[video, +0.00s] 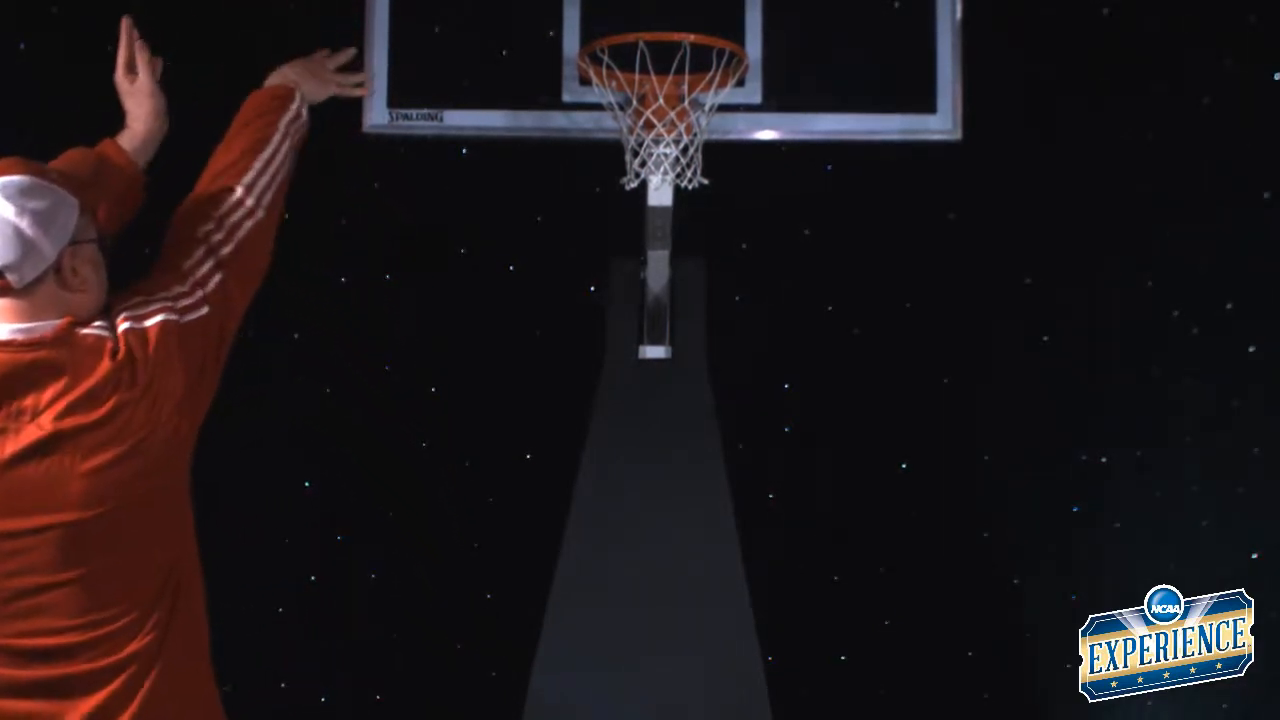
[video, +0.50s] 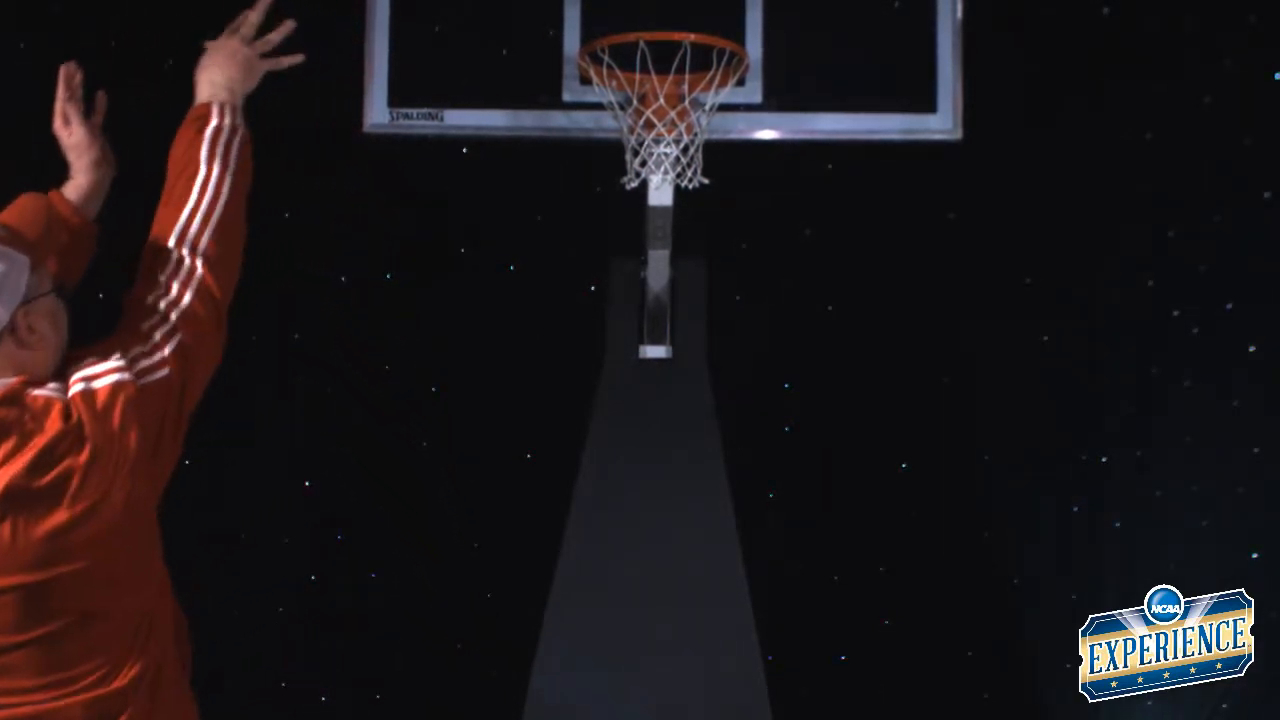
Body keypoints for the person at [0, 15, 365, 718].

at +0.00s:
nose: (95, 243)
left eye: (83, 232)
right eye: (83, 236)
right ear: (69, 270)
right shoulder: (126, 376)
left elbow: (26, 221)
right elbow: (224, 225)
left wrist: (131, 145)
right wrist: (287, 93)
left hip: (15, 699)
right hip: (136, 702)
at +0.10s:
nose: (90, 253)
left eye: (76, 241)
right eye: (76, 245)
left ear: (5, 288)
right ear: (60, 277)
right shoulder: (115, 387)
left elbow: (25, 227)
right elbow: (210, 233)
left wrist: (124, 151)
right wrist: (276, 92)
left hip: (19, 699)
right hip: (132, 703)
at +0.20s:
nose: (88, 266)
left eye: (75, 253)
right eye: (75, 256)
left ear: (14, 292)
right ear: (53, 287)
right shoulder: (105, 395)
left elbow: (19, 240)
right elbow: (201, 232)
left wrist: (116, 157)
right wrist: (263, 91)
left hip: (16, 701)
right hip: (128, 703)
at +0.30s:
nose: (76, 273)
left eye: (62, 261)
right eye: (62, 266)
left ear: (13, 309)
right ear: (36, 304)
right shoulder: (97, 409)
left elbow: (12, 243)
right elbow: (192, 246)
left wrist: (105, 169)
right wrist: (250, 91)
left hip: (17, 698)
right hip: (128, 700)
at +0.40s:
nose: (60, 281)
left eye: (45, 272)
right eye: (46, 279)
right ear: (31, 319)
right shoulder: (96, 419)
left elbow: (10, 259)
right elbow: (188, 258)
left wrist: (93, 179)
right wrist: (234, 94)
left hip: (17, 700)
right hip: (127, 701)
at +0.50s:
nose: (56, 295)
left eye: (43, 285)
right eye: (44, 288)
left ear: (9, 332)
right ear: (20, 330)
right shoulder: (89, 430)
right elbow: (185, 274)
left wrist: (79, 191)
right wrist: (219, 102)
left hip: (17, 702)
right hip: (125, 702)